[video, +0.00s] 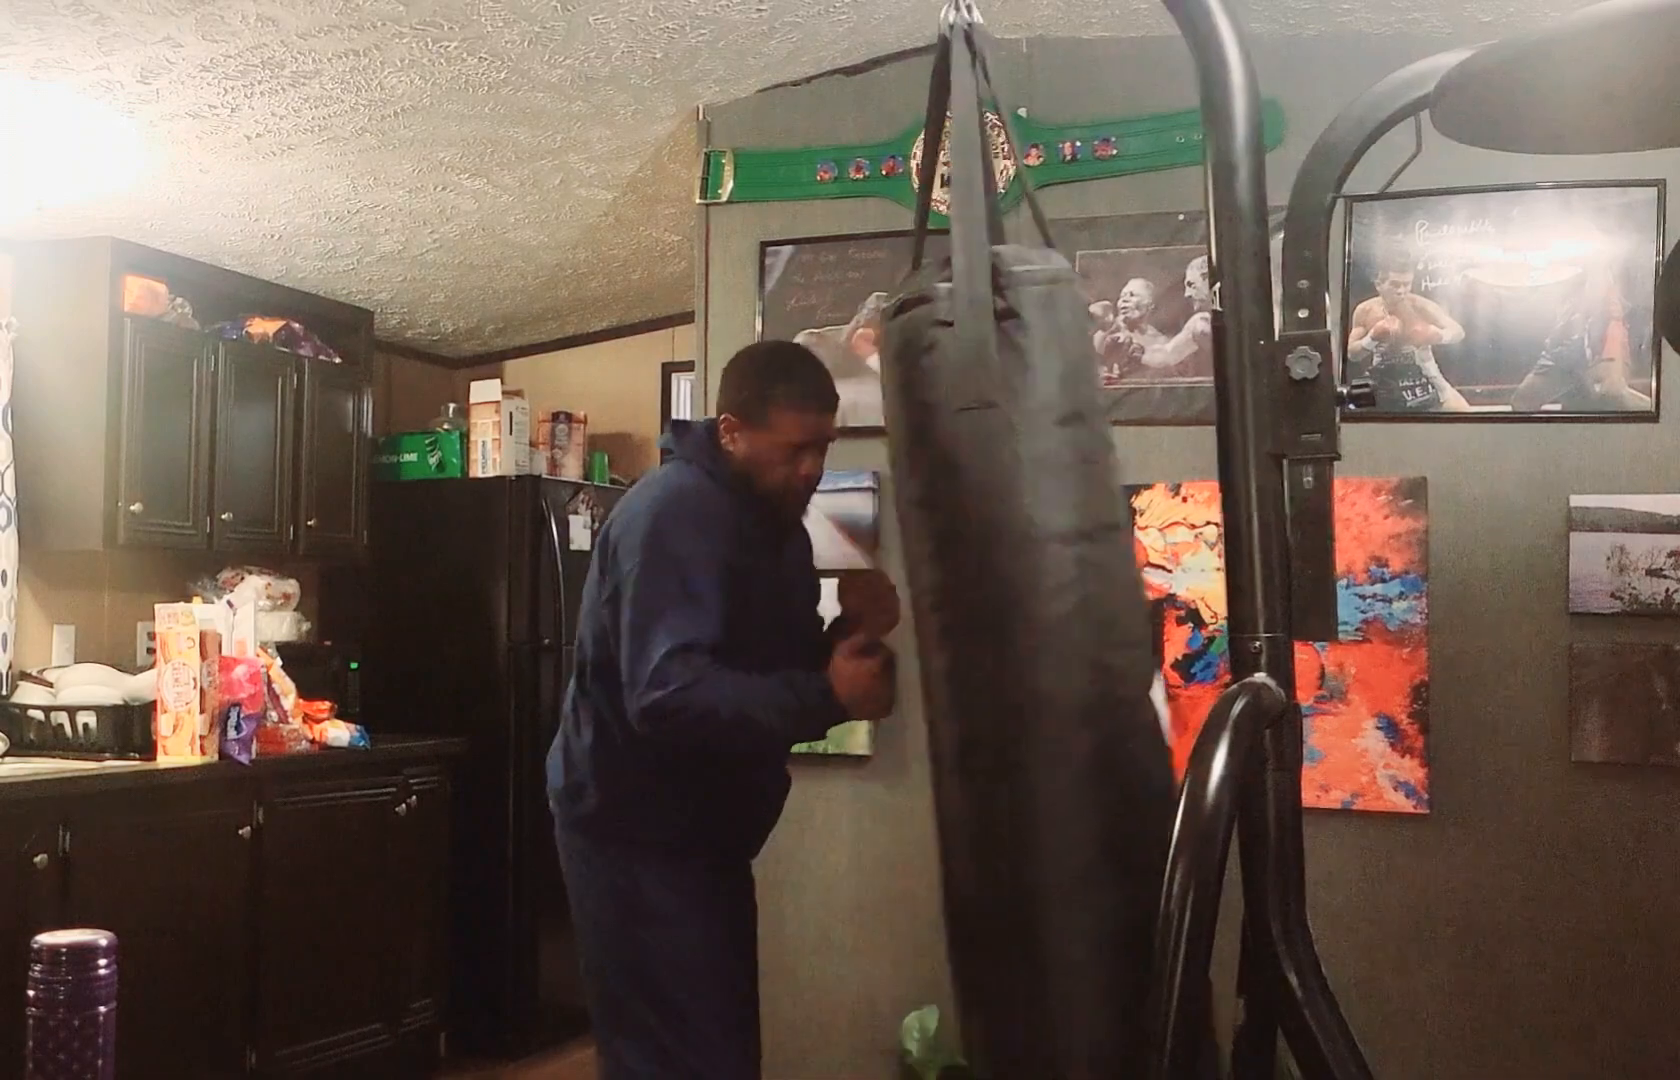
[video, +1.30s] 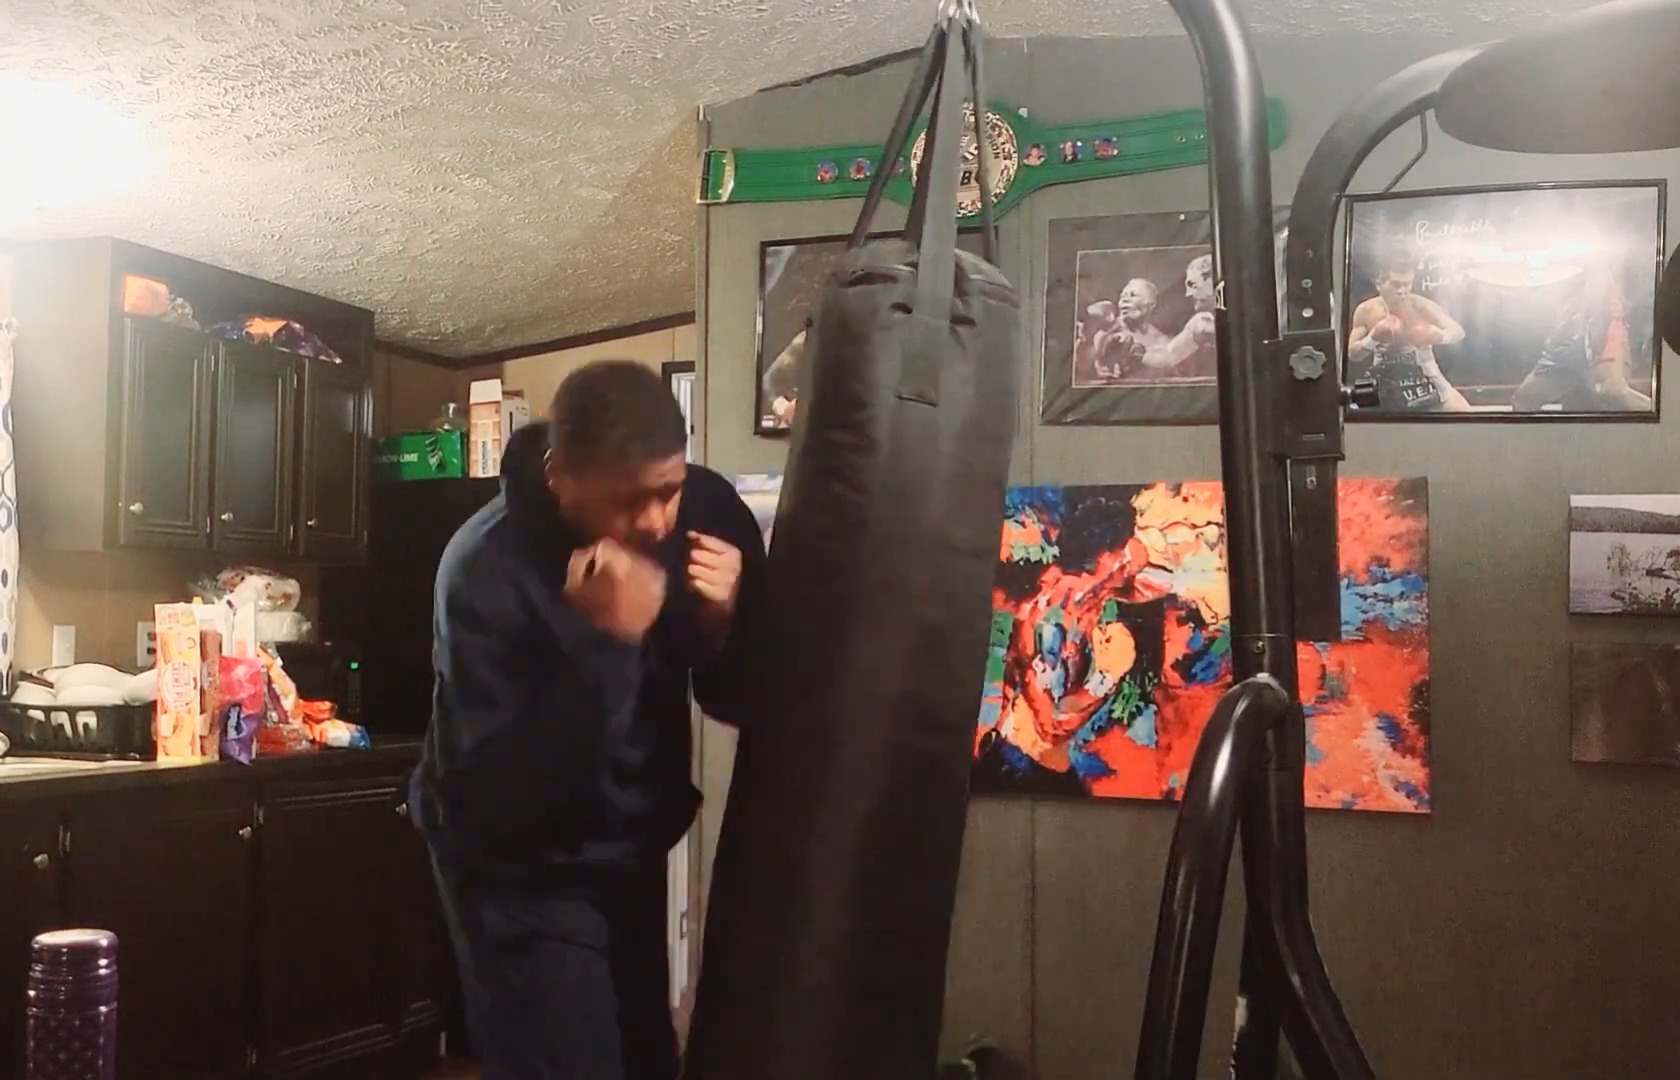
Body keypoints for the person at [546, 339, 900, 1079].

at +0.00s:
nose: (815, 469)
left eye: (822, 448)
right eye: (798, 450)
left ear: (830, 432)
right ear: (733, 432)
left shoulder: (770, 510)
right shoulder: (676, 506)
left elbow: (784, 667)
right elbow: (663, 692)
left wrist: (847, 633)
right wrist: (828, 697)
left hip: (707, 829)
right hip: (637, 835)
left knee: (726, 1049)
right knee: (675, 1052)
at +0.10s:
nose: (792, 451)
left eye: (803, 429)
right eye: (772, 432)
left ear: (815, 414)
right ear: (709, 418)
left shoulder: (785, 502)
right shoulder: (643, 504)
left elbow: (834, 651)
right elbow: (624, 682)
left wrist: (855, 610)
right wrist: (781, 692)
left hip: (721, 816)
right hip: (634, 821)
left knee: (723, 1043)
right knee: (675, 1049)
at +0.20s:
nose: (778, 445)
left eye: (788, 422)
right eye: (756, 428)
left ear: (801, 407)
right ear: (694, 414)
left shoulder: (808, 479)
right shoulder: (621, 509)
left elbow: (908, 526)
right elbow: (581, 679)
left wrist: (957, 534)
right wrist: (741, 689)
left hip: (728, 804)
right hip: (629, 810)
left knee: (710, 1039)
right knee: (669, 1047)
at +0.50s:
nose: (771, 481)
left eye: (782, 460)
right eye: (751, 466)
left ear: (793, 429)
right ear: (691, 438)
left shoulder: (798, 483)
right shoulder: (613, 502)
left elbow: (878, 593)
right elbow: (558, 674)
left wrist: (896, 567)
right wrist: (717, 674)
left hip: (725, 813)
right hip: (620, 817)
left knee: (728, 1037)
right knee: (643, 1041)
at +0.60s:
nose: (763, 536)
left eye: (776, 515)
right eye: (741, 519)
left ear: (793, 476)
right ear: (693, 479)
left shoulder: (812, 511)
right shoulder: (614, 527)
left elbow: (857, 666)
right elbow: (543, 695)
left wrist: (857, 642)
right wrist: (692, 690)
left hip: (720, 808)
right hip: (608, 814)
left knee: (742, 1036)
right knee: (643, 1038)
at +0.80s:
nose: (677, 604)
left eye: (691, 584)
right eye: (655, 588)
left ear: (723, 543)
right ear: (622, 560)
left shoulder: (792, 558)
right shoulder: (567, 592)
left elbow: (845, 723)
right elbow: (522, 751)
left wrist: (774, 696)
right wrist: (630, 736)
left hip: (728, 833)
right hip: (607, 849)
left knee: (752, 1031)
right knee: (637, 1044)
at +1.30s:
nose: (657, 523)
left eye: (670, 493)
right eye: (629, 503)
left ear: (682, 460)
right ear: (560, 479)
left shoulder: (704, 511)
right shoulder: (485, 572)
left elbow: (745, 701)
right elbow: (491, 794)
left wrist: (726, 623)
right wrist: (605, 640)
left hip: (632, 854)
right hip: (517, 866)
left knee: (646, 1059)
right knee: (564, 1063)